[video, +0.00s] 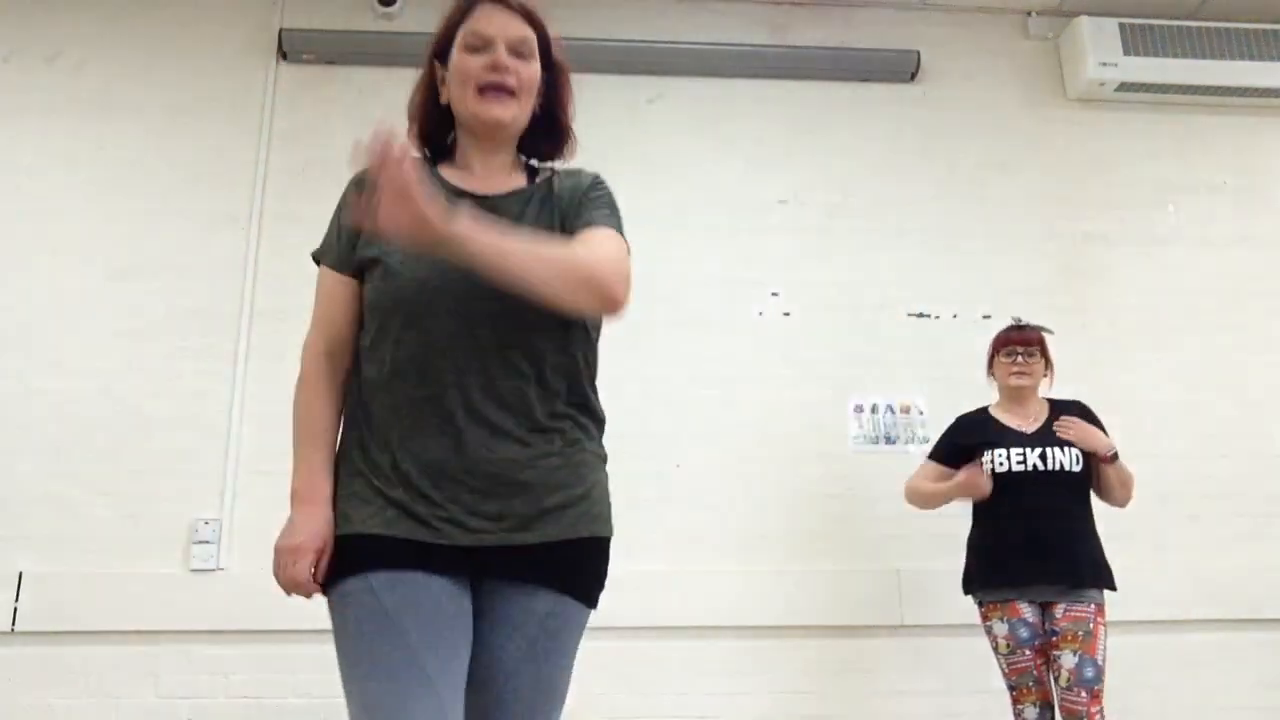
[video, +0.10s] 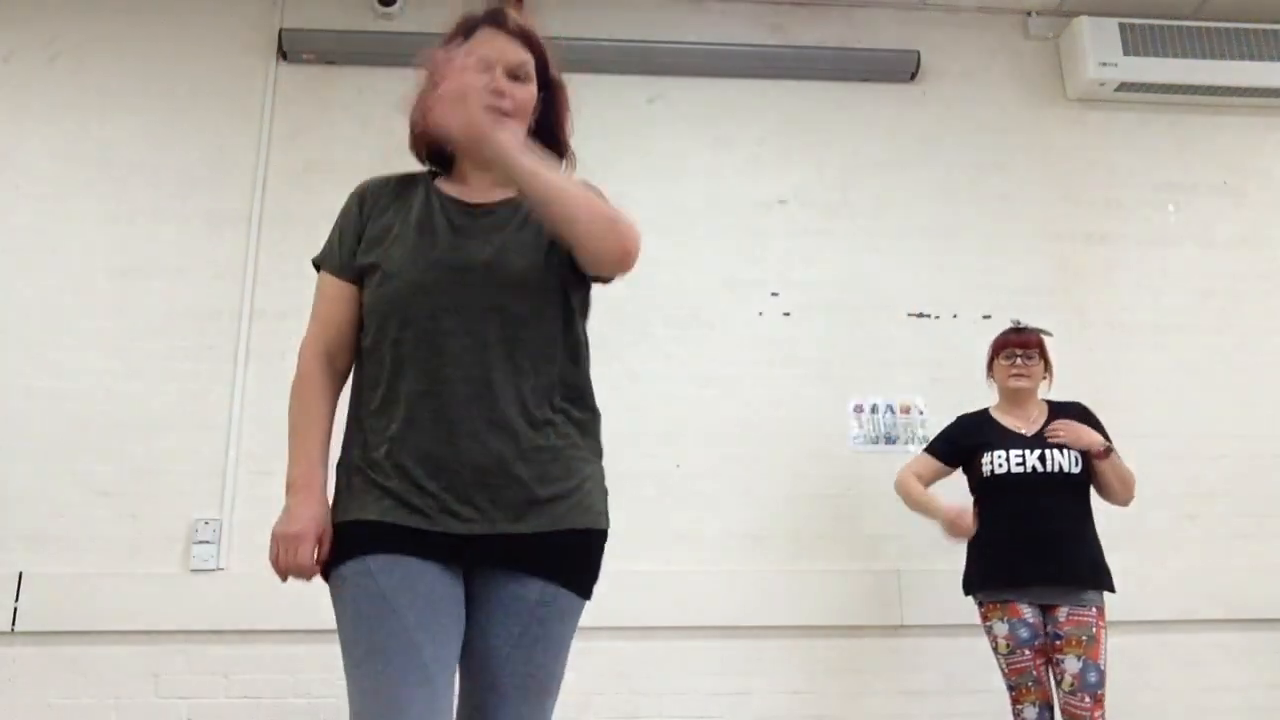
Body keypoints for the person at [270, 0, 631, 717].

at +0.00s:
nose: (500, 63)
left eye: (520, 51)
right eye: (477, 47)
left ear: (543, 81)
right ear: (442, 72)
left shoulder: (576, 194)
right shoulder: (380, 190)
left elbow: (607, 286)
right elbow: (327, 354)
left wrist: (443, 227)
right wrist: (310, 504)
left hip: (546, 525)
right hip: (392, 521)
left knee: (514, 713)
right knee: (407, 711)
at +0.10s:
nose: (505, 85)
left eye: (522, 75)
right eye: (484, 69)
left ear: (540, 106)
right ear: (439, 89)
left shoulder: (565, 207)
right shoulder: (378, 206)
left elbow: (617, 252)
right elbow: (323, 360)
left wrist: (500, 144)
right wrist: (305, 496)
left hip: (543, 521)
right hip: (393, 514)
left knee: (511, 714)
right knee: (400, 712)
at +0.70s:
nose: (447, 158)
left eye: (460, 150)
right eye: (426, 144)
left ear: (473, 176)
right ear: (386, 164)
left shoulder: (503, 272)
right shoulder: (330, 262)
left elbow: (536, 406)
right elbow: (272, 395)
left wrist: (477, 412)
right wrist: (224, 513)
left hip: (473, 533)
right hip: (342, 532)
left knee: (447, 711)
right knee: (350, 711)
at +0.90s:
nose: (483, 173)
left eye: (492, 168)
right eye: (466, 155)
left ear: (495, 192)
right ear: (416, 162)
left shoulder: (507, 284)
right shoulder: (342, 255)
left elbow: (563, 397)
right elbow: (290, 389)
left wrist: (578, 303)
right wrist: (263, 514)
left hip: (480, 534)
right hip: (348, 530)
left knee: (448, 712)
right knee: (361, 711)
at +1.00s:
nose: (493, 175)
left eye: (502, 171)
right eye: (476, 157)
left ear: (504, 195)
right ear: (429, 165)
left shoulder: (512, 293)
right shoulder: (351, 252)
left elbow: (586, 388)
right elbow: (291, 385)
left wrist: (632, 278)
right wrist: (298, 509)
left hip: (486, 541)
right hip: (357, 534)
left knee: (452, 713)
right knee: (362, 712)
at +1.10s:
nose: (491, 175)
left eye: (504, 172)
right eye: (474, 157)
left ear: (508, 197)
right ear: (433, 163)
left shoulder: (515, 298)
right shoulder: (358, 247)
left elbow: (586, 397)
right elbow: (300, 379)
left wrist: (651, 312)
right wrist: (321, 485)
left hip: (488, 542)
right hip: (361, 532)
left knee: (456, 714)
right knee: (364, 713)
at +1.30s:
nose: (480, 173)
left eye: (500, 171)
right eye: (467, 157)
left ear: (512, 203)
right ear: (437, 170)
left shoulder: (502, 302)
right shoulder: (368, 240)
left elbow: (519, 437)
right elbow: (309, 356)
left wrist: (613, 392)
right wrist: (338, 465)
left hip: (493, 539)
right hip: (367, 525)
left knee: (462, 714)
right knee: (364, 712)